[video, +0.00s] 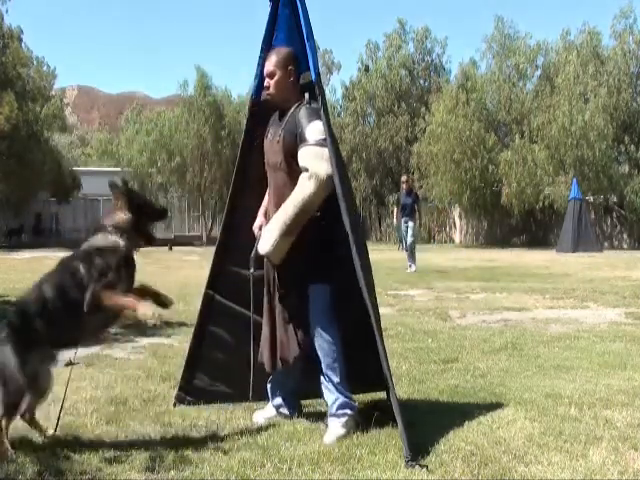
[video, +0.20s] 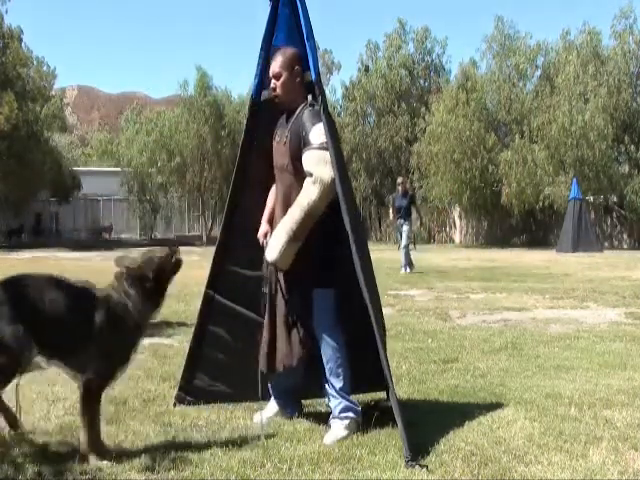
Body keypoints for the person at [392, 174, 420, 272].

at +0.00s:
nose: (404, 185)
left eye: (406, 183)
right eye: (403, 183)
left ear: (409, 183)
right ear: (401, 184)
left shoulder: (414, 194)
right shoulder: (400, 195)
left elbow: (418, 208)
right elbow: (396, 207)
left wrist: (420, 220)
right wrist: (395, 218)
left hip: (412, 218)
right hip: (403, 218)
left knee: (410, 241)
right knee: (405, 241)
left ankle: (412, 262)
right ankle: (409, 262)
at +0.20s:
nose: (401, 186)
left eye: (402, 184)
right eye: (399, 184)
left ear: (405, 185)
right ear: (397, 186)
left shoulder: (410, 196)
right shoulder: (394, 197)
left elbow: (416, 207)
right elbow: (391, 207)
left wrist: (420, 218)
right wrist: (391, 215)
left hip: (407, 220)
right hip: (397, 220)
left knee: (404, 244)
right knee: (403, 244)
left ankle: (404, 265)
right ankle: (409, 263)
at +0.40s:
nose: (395, 184)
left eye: (397, 182)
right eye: (394, 182)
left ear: (401, 182)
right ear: (392, 183)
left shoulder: (405, 194)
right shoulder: (390, 195)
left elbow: (410, 208)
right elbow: (388, 207)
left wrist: (412, 220)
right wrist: (387, 219)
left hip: (403, 220)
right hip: (394, 220)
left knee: (402, 244)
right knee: (392, 243)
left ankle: (403, 267)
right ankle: (399, 263)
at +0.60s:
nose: (389, 185)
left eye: (391, 183)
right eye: (387, 183)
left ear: (395, 184)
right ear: (385, 185)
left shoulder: (398, 194)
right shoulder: (386, 195)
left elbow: (401, 209)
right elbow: (384, 208)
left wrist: (394, 217)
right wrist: (382, 220)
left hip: (398, 222)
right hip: (388, 222)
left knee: (400, 246)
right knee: (386, 245)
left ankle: (402, 267)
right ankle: (383, 267)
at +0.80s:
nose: (381, 185)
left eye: (382, 182)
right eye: (379, 183)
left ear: (386, 183)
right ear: (377, 184)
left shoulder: (392, 194)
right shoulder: (377, 195)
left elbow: (394, 208)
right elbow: (374, 209)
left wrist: (387, 218)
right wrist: (372, 224)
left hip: (388, 222)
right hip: (379, 222)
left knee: (390, 247)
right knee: (380, 247)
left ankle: (398, 265)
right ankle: (381, 269)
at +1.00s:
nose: (374, 184)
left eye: (376, 181)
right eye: (372, 182)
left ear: (380, 182)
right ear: (370, 183)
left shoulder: (385, 194)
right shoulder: (370, 194)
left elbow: (390, 207)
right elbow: (367, 207)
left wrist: (392, 220)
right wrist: (366, 219)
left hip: (383, 218)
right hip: (373, 218)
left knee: (380, 243)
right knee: (375, 243)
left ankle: (381, 267)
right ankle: (379, 266)